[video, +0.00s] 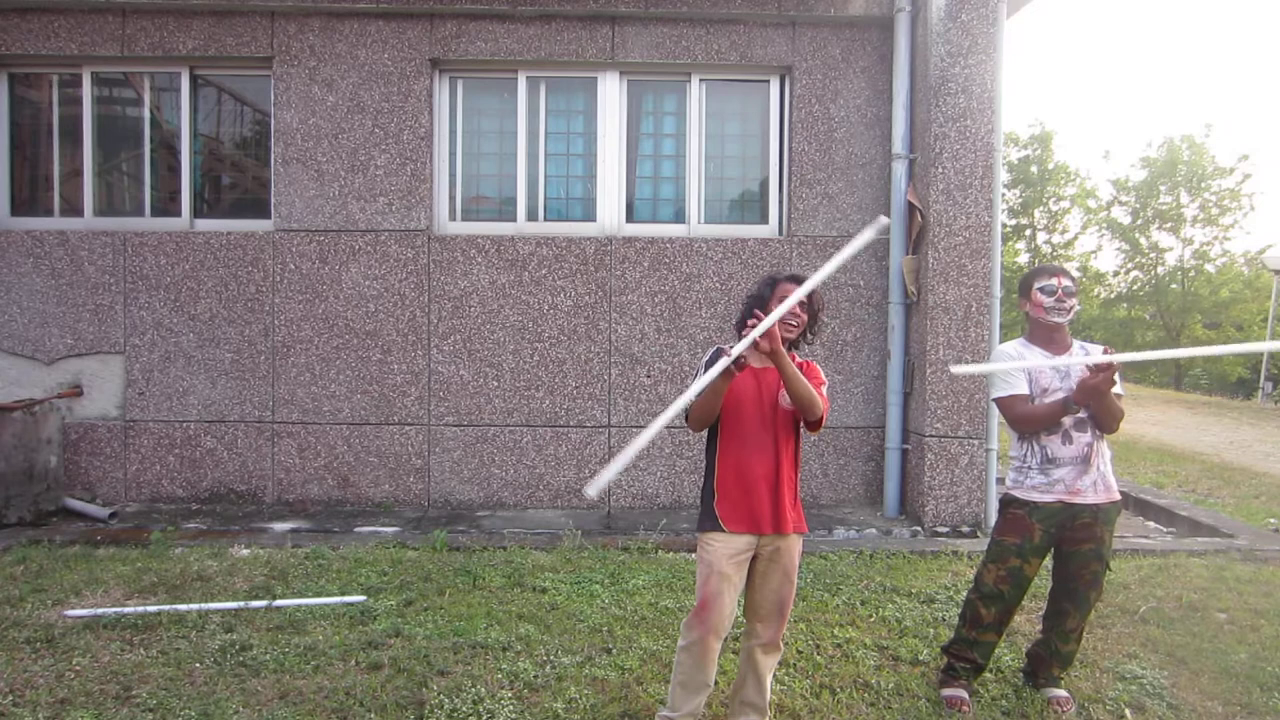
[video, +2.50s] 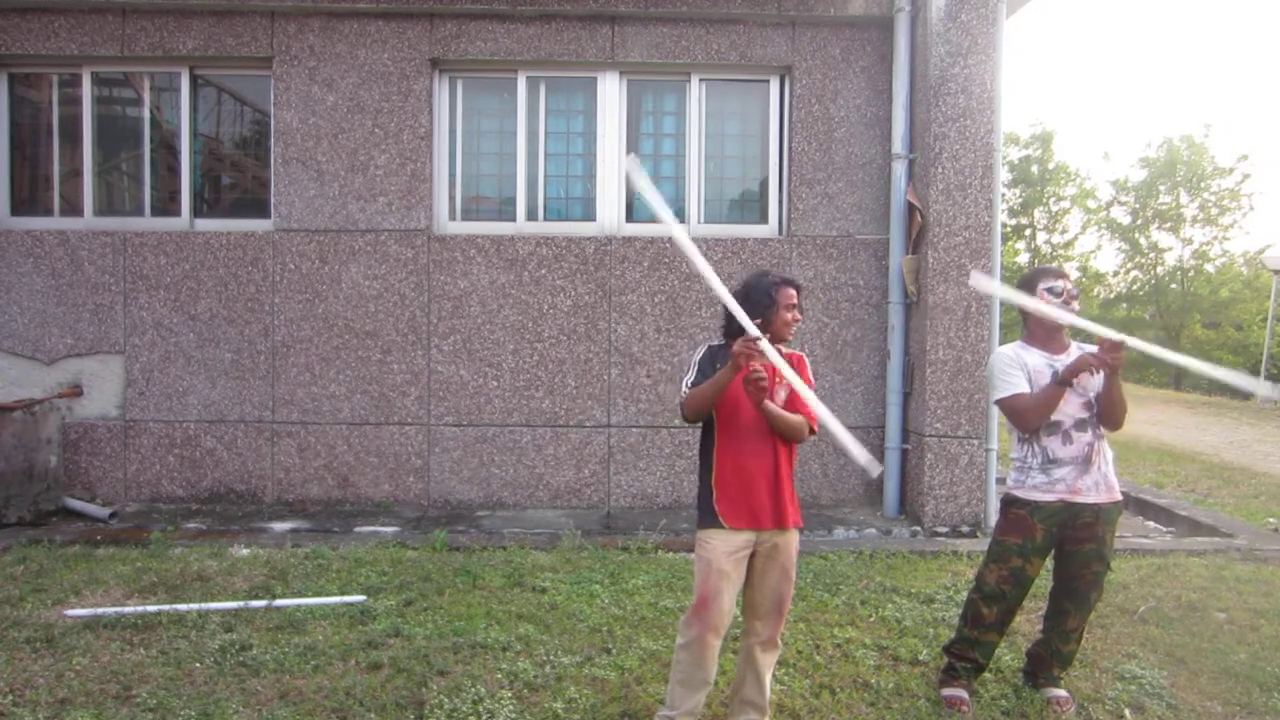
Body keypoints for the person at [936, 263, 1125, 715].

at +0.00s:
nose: (1060, 298)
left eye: (1068, 292)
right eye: (1048, 291)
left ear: (1077, 304)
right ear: (1025, 304)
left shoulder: (1095, 355)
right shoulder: (1008, 355)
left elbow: (1112, 423)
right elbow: (1021, 420)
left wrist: (1099, 393)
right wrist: (1078, 399)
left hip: (1094, 499)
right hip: (1032, 496)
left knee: (1078, 597)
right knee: (997, 586)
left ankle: (1045, 673)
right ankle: (958, 673)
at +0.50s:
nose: (1072, 297)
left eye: (1076, 292)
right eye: (1061, 289)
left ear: (1079, 307)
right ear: (1030, 300)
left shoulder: (1094, 355)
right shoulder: (1009, 355)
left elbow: (1112, 422)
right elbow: (1020, 421)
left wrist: (1117, 379)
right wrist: (1065, 382)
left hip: (1093, 499)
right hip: (1032, 497)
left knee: (1077, 598)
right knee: (996, 587)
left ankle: (1046, 673)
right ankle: (957, 675)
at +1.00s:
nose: (1068, 299)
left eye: (1071, 294)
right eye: (1056, 290)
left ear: (1074, 307)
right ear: (1026, 302)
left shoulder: (1091, 355)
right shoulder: (1007, 358)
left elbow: (1112, 421)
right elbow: (1024, 422)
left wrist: (1114, 372)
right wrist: (1076, 380)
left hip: (1096, 500)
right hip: (1035, 498)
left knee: (1079, 598)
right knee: (998, 588)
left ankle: (1046, 673)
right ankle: (958, 675)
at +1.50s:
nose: (1069, 298)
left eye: (1072, 293)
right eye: (1057, 289)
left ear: (1075, 307)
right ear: (1027, 301)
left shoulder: (1092, 356)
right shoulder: (1008, 356)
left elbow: (1113, 422)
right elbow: (1028, 423)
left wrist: (1119, 376)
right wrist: (1082, 387)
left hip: (1094, 498)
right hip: (1033, 496)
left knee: (1078, 597)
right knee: (997, 588)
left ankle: (1045, 673)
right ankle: (958, 675)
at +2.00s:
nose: (1067, 297)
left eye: (1071, 291)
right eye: (1054, 290)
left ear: (1075, 304)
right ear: (1026, 303)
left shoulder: (1093, 357)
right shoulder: (1009, 354)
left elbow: (1112, 424)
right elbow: (1026, 418)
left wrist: (1117, 391)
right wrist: (1074, 381)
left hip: (1094, 499)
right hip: (1033, 497)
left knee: (1078, 598)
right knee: (997, 588)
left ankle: (1046, 673)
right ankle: (958, 675)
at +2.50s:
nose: (1068, 301)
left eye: (1073, 295)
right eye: (1056, 293)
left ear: (1077, 306)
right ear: (1027, 303)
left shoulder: (1091, 355)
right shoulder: (1008, 358)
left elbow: (1113, 421)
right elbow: (1026, 419)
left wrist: (1113, 372)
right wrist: (1067, 375)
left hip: (1095, 499)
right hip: (1034, 497)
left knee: (1078, 597)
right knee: (998, 587)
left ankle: (1045, 673)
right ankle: (959, 675)